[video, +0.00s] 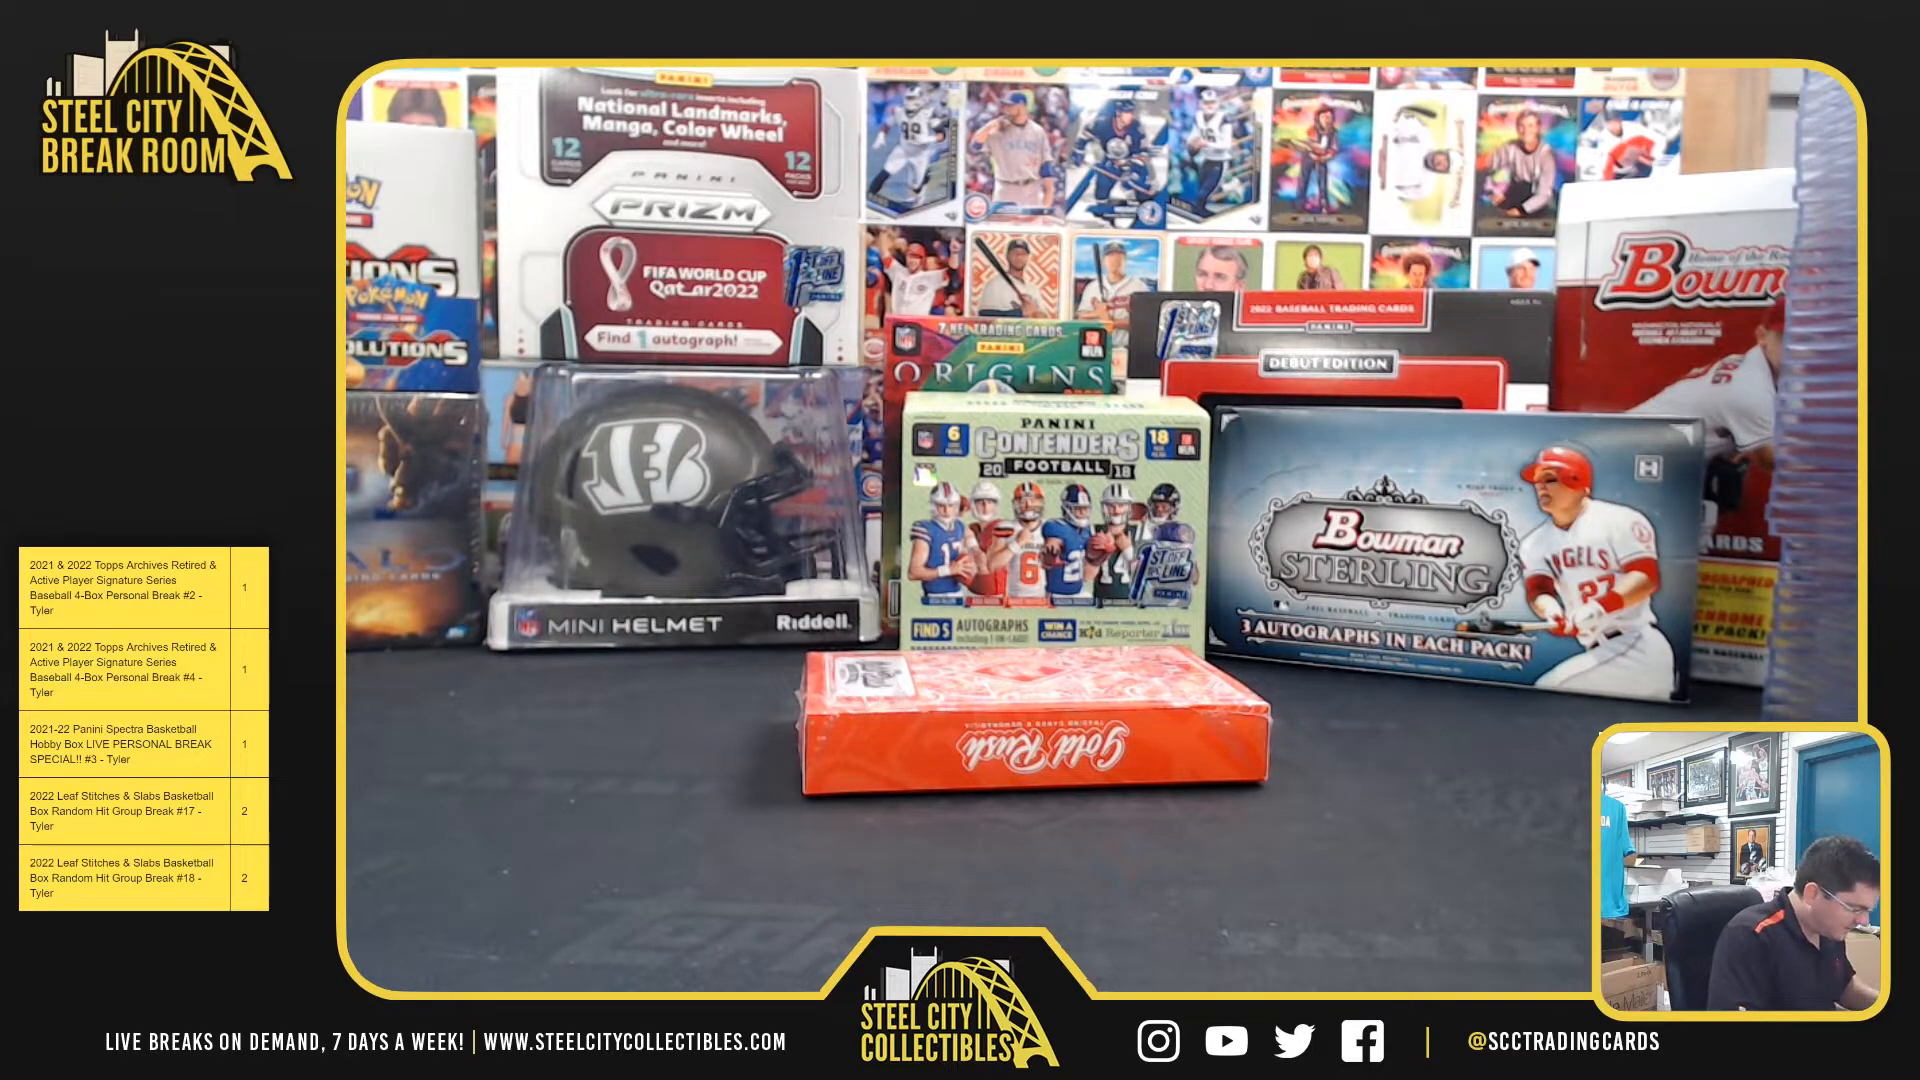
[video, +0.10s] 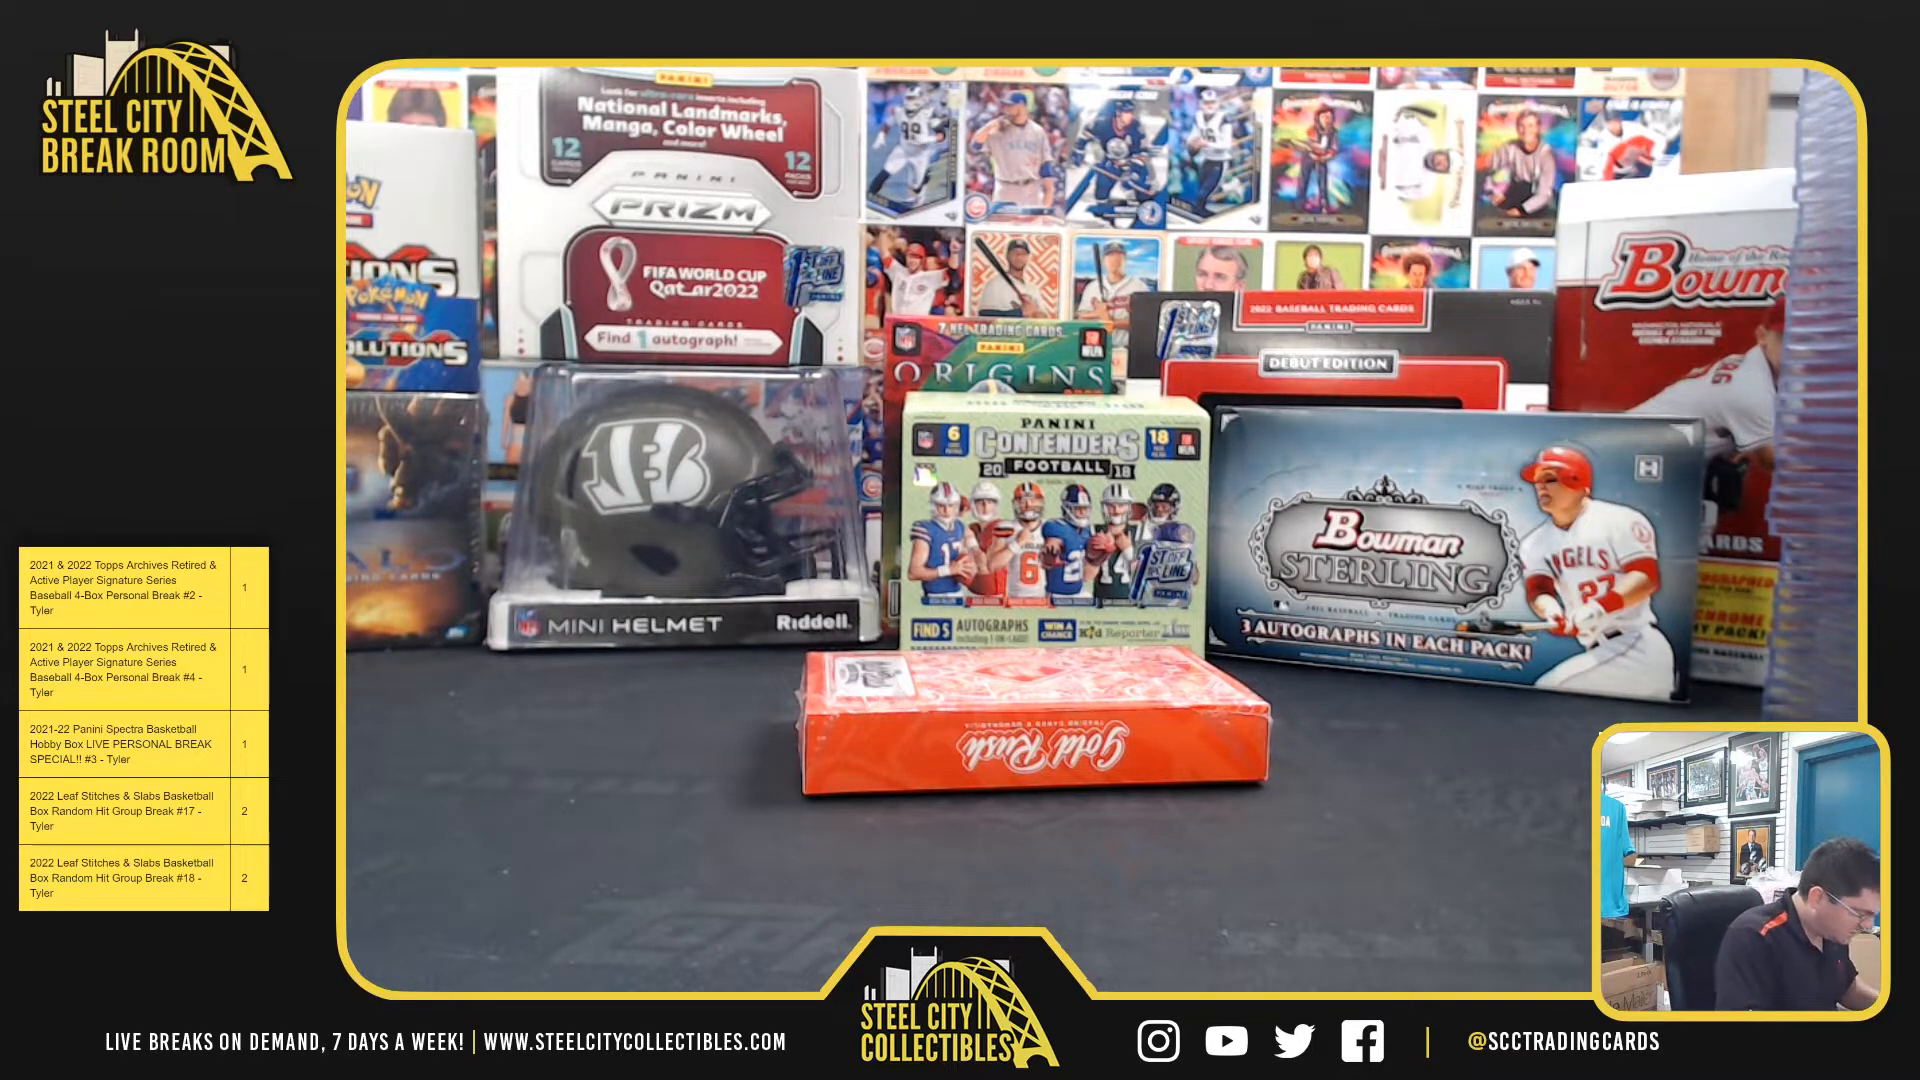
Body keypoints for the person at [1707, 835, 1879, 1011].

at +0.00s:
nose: (1863, 921)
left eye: (1868, 910)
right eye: (1855, 909)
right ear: (1813, 893)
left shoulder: (1826, 926)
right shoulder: (1748, 935)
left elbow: (1847, 988)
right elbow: (1730, 1020)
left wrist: (1885, 1001)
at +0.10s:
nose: (1867, 926)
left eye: (1873, 915)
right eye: (1860, 914)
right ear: (1817, 897)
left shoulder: (1829, 928)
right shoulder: (1751, 938)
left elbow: (1848, 989)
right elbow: (1737, 1019)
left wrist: (1887, 1006)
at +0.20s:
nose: (1873, 931)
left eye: (1876, 920)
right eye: (1865, 919)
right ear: (1821, 901)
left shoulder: (1831, 929)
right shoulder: (1755, 939)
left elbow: (1849, 988)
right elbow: (1741, 1020)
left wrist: (1886, 1008)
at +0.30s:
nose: (1876, 935)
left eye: (1878, 924)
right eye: (1870, 923)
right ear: (1826, 905)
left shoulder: (1831, 931)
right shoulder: (1756, 941)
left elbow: (1853, 988)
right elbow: (1745, 1022)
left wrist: (1889, 1009)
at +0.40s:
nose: (1876, 937)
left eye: (1878, 926)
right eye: (1871, 925)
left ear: (1829, 907)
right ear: (1829, 907)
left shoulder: (1833, 933)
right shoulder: (1759, 942)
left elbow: (1855, 989)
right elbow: (1745, 1022)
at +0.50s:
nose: (1876, 938)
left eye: (1879, 928)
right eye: (1872, 926)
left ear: (1830, 909)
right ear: (1831, 909)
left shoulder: (1834, 934)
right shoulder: (1759, 942)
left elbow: (1855, 989)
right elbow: (1743, 1020)